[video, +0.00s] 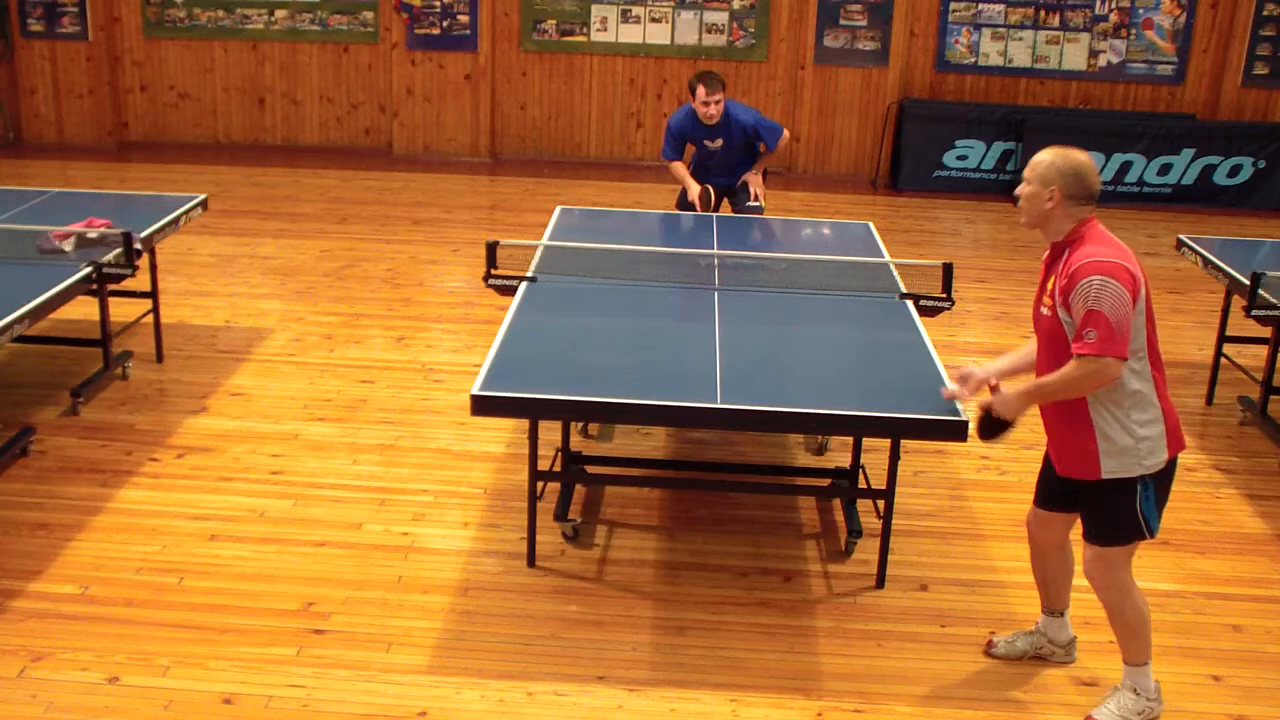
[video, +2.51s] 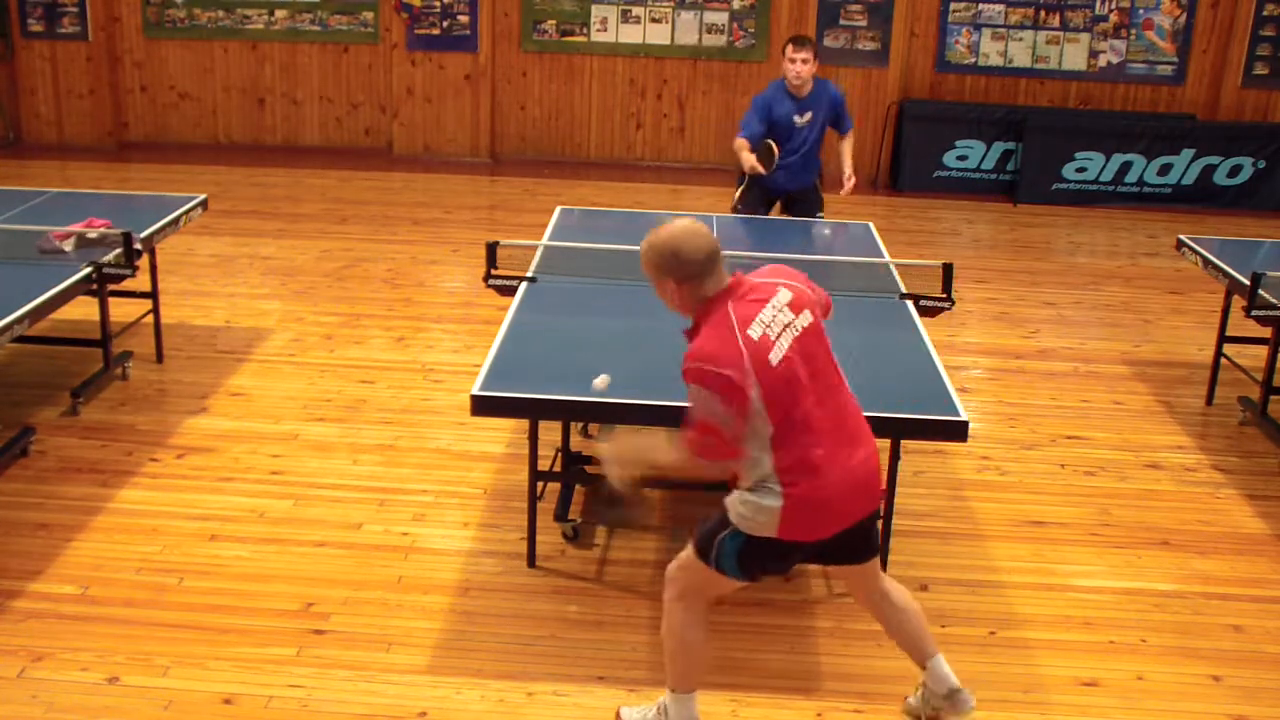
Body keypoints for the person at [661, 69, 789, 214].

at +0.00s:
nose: (712, 110)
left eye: (718, 103)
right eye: (705, 104)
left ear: (724, 99)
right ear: (693, 103)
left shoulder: (744, 119)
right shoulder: (679, 122)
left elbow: (782, 136)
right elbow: (672, 160)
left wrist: (757, 171)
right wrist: (691, 186)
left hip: (741, 175)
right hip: (705, 175)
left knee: (750, 218)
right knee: (686, 216)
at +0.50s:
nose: (712, 105)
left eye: (717, 97)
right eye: (705, 98)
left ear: (724, 94)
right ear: (693, 98)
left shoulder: (744, 116)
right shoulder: (680, 121)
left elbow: (781, 136)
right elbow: (673, 158)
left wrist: (757, 171)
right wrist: (689, 184)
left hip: (741, 175)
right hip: (705, 174)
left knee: (751, 222)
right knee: (686, 220)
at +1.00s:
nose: (701, 70)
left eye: (706, 63)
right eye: (694, 64)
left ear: (713, 65)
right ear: (682, 67)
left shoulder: (734, 95)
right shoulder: (669, 101)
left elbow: (757, 126)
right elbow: (659, 140)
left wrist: (746, 163)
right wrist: (667, 168)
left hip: (725, 176)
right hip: (686, 174)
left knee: (736, 235)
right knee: (661, 227)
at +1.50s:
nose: (719, 62)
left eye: (724, 56)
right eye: (712, 56)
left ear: (731, 58)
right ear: (700, 58)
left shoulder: (746, 88)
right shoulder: (685, 91)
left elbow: (767, 122)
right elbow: (665, 134)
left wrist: (764, 147)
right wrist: (689, 153)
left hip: (732, 175)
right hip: (691, 174)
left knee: (744, 235)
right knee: (672, 230)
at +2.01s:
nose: (777, 114)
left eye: (782, 106)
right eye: (771, 106)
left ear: (787, 105)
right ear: (754, 102)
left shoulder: (777, 115)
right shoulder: (737, 127)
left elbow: (793, 102)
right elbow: (720, 179)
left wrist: (829, 120)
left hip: (742, 182)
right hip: (709, 184)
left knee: (750, 233)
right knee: (723, 238)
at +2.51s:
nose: (797, 68)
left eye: (804, 62)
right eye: (792, 61)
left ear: (815, 66)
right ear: (783, 63)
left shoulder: (828, 95)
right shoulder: (768, 99)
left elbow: (845, 131)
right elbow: (742, 138)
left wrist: (847, 168)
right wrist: (745, 155)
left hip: (804, 181)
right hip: (764, 178)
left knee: (811, 238)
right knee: (743, 233)